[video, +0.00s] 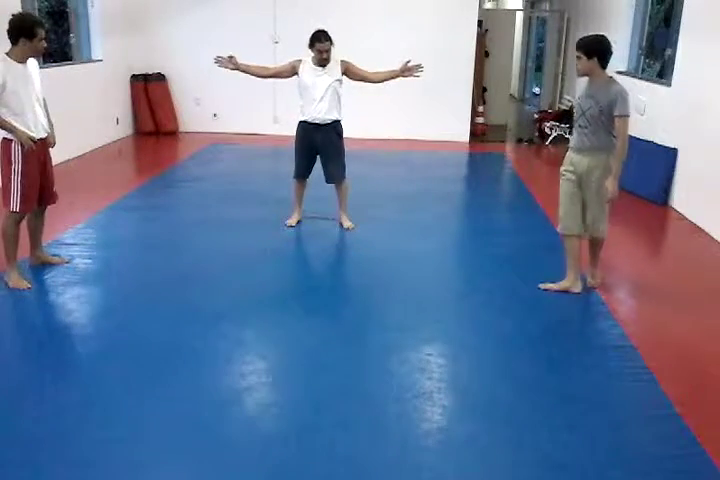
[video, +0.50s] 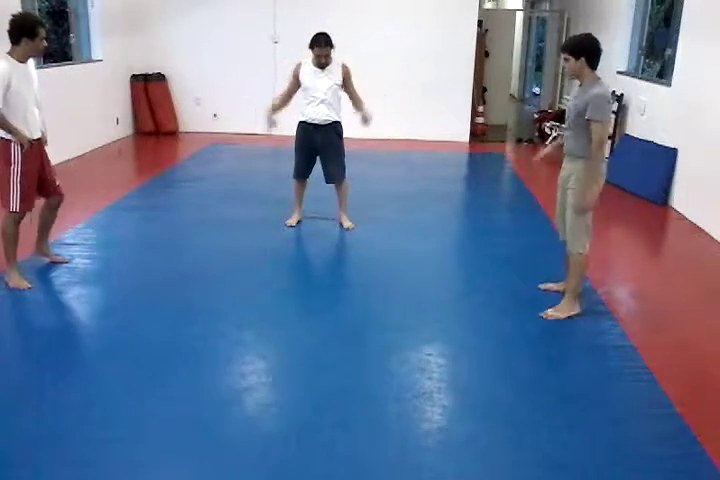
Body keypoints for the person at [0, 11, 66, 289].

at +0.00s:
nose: (45, 45)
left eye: (45, 39)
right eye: (41, 40)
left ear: (27, 41)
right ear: (24, 40)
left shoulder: (32, 63)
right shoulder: (4, 67)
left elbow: (39, 99)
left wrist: (49, 128)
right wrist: (16, 131)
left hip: (39, 140)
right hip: (14, 144)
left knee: (39, 202)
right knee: (16, 209)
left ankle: (37, 252)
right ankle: (11, 268)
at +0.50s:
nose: (46, 44)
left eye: (45, 38)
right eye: (42, 39)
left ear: (27, 41)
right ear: (25, 40)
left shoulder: (29, 65)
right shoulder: (5, 68)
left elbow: (33, 102)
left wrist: (42, 130)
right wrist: (17, 133)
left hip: (34, 142)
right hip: (12, 145)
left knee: (55, 197)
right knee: (14, 211)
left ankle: (42, 245)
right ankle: (11, 269)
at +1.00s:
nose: (51, 46)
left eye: (52, 41)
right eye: (51, 40)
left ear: (29, 37)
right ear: (42, 39)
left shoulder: (17, 61)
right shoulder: (26, 65)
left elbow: (9, 93)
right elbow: (30, 102)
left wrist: (35, 118)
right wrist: (49, 130)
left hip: (27, 136)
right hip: (36, 138)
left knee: (41, 198)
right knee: (59, 198)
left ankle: (42, 249)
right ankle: (36, 252)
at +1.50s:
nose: (69, 46)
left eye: (68, 41)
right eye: (68, 41)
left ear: (43, 38)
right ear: (64, 40)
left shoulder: (25, 63)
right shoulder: (63, 67)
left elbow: (4, 93)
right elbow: (83, 100)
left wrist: (23, 119)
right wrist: (79, 123)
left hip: (34, 134)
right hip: (60, 135)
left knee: (46, 190)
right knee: (71, 186)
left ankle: (44, 247)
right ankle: (70, 235)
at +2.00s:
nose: (83, 45)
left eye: (84, 41)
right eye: (83, 41)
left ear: (62, 36)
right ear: (76, 38)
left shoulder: (43, 56)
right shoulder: (71, 59)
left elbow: (19, 84)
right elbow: (86, 91)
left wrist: (33, 113)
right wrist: (82, 117)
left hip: (44, 124)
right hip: (63, 125)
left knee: (63, 177)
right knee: (72, 180)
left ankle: (68, 222)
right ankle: (69, 234)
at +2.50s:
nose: (86, 40)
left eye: (87, 35)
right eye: (84, 34)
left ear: (74, 33)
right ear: (70, 32)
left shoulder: (67, 58)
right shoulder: (53, 54)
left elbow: (74, 93)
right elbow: (40, 85)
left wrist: (89, 116)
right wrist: (67, 112)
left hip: (68, 121)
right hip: (57, 121)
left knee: (70, 173)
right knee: (63, 175)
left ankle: (69, 218)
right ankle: (61, 229)